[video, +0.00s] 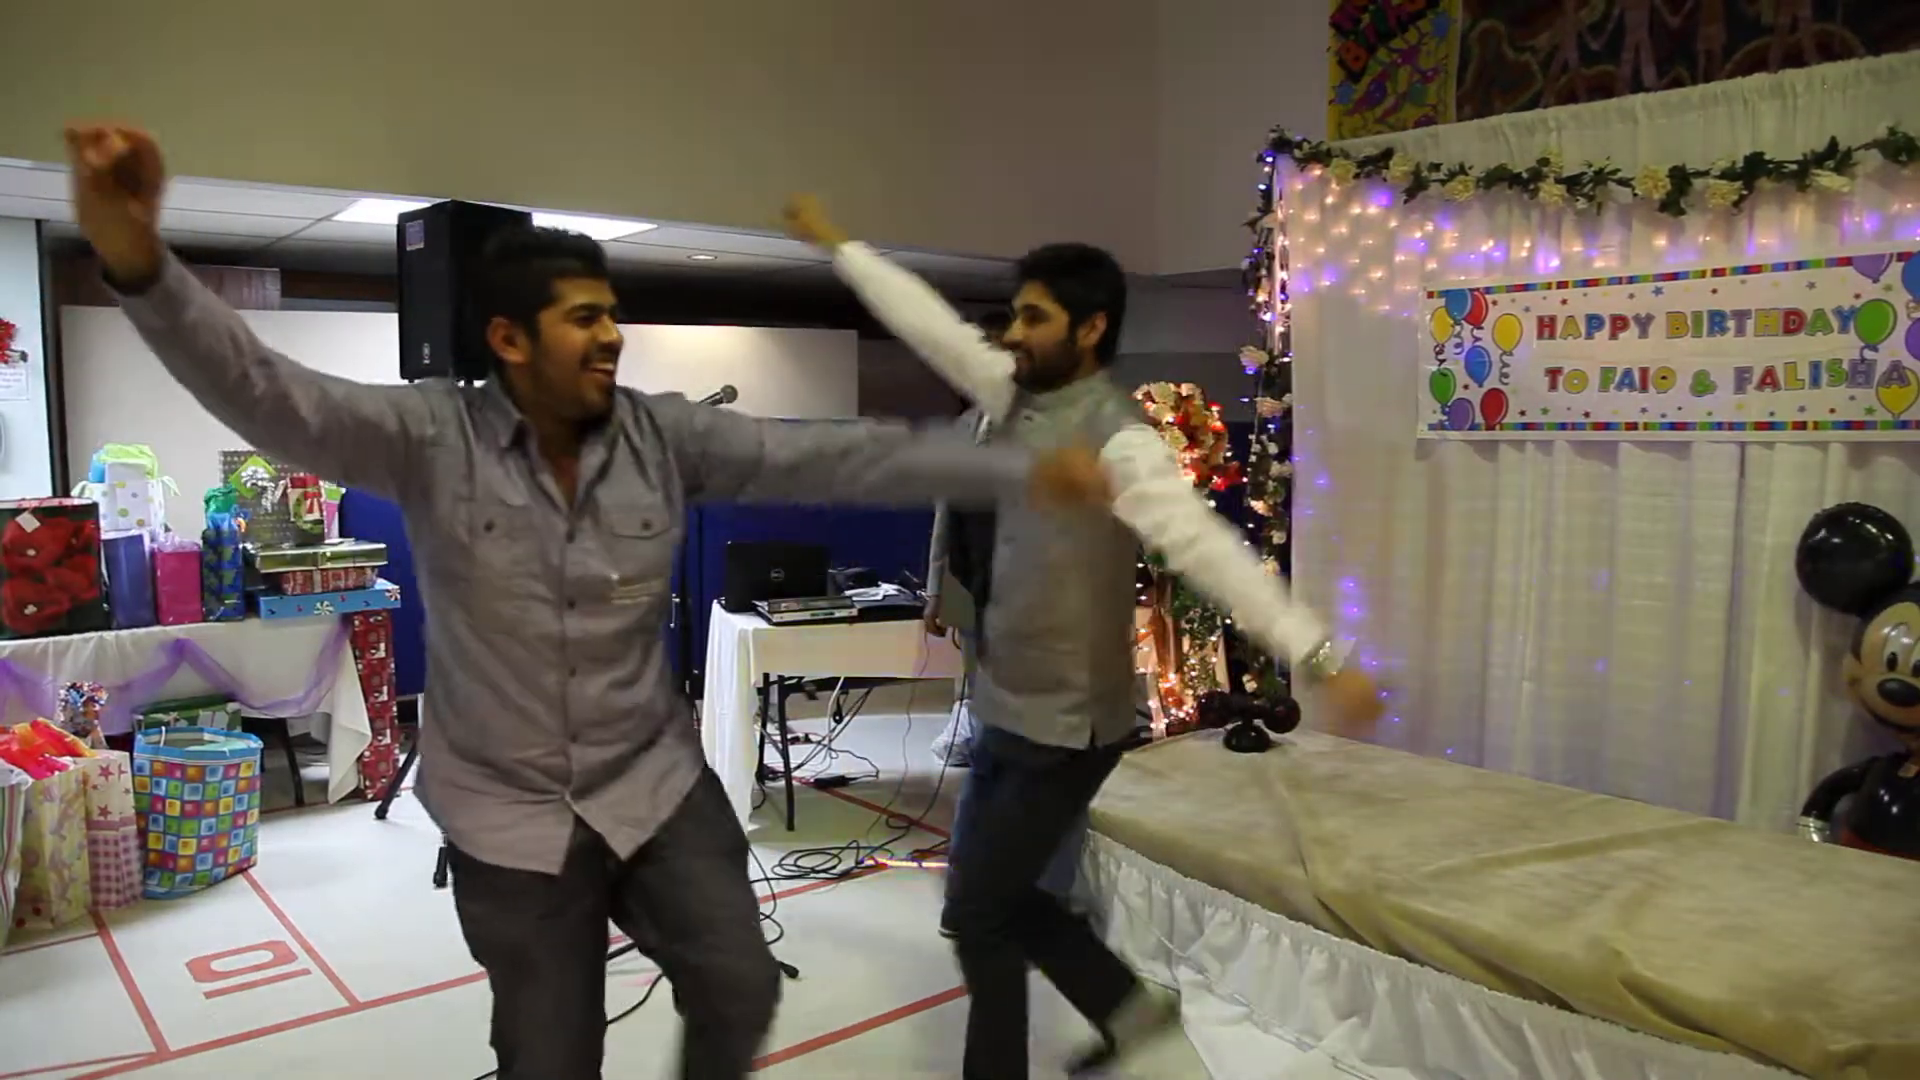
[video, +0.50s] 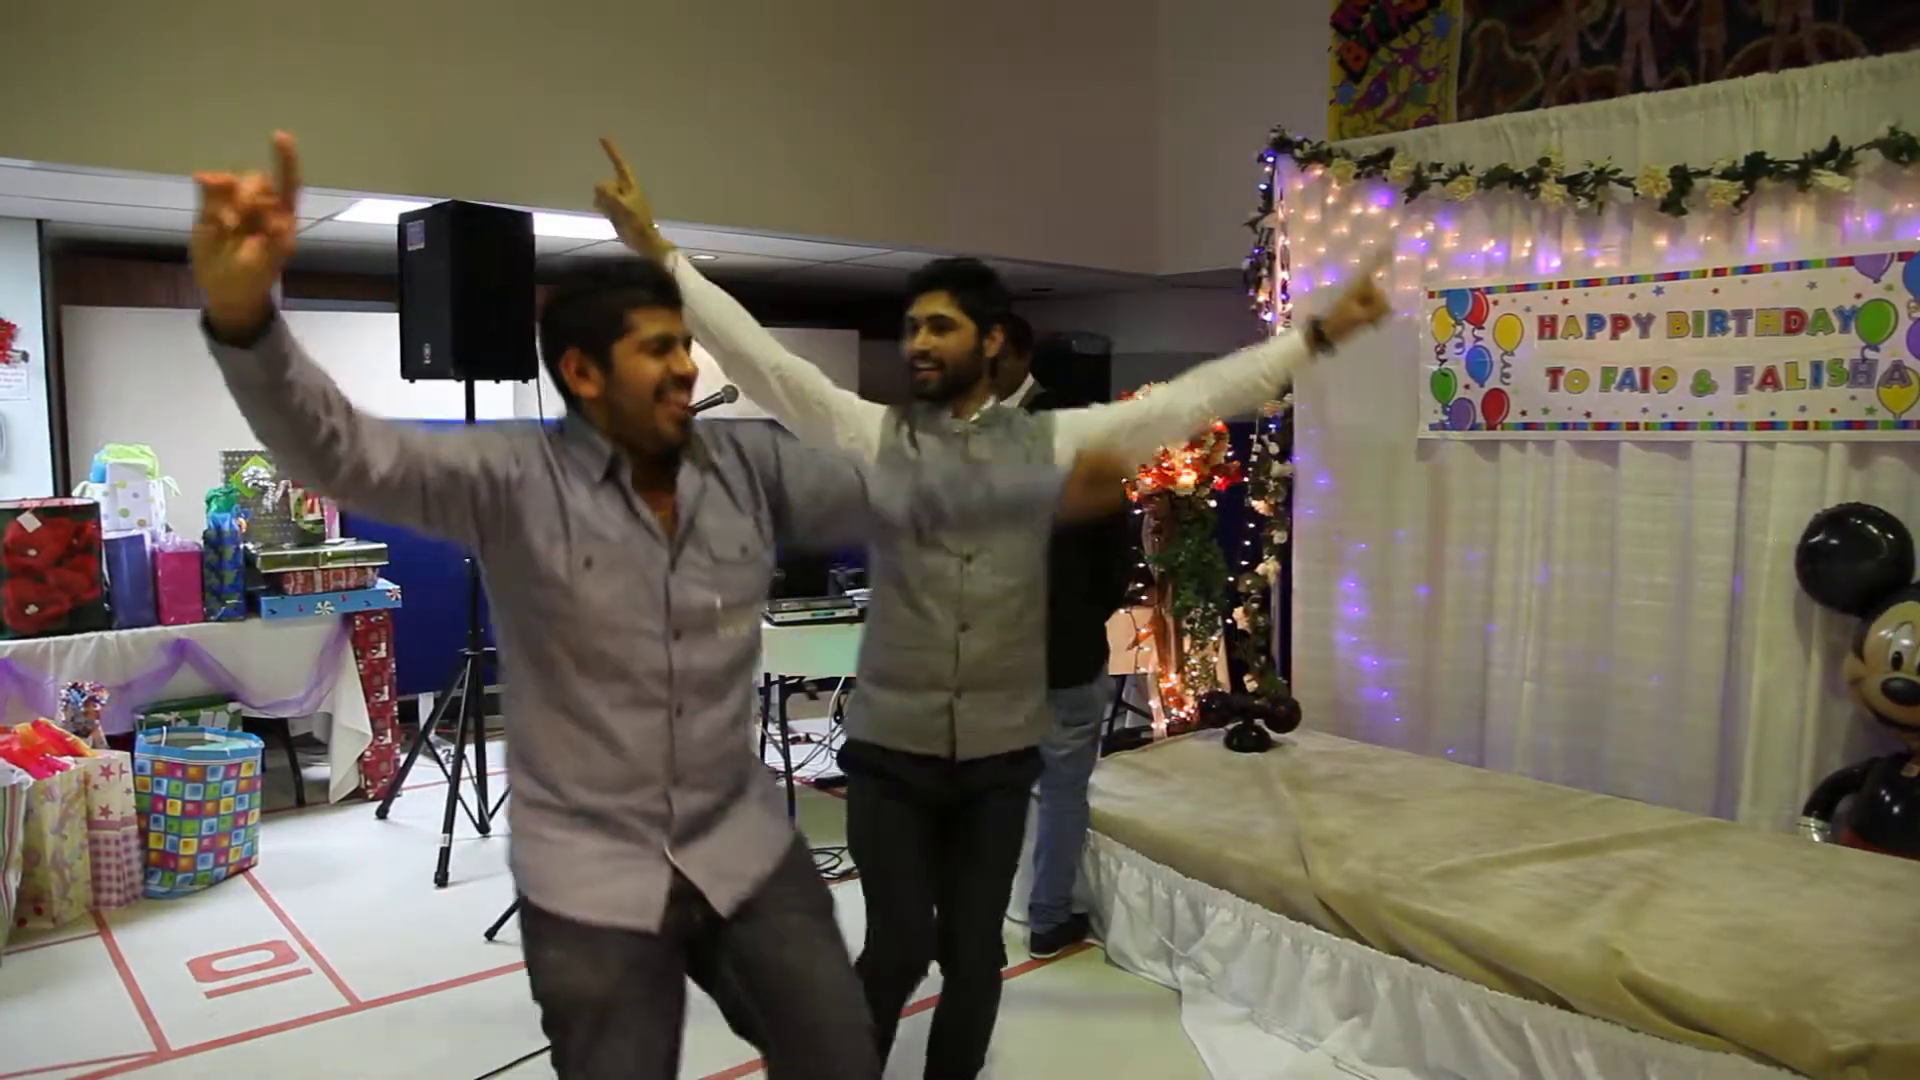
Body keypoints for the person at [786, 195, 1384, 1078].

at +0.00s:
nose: (1012, 333)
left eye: (1033, 318)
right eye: (1014, 316)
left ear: (1091, 329)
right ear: (1024, 326)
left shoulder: (1118, 440)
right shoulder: (1014, 400)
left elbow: (1200, 546)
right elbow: (929, 326)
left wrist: (1316, 655)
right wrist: (838, 243)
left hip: (1071, 721)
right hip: (1006, 704)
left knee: (980, 915)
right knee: (990, 892)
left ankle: (993, 1070)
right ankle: (1131, 1010)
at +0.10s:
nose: (990, 342)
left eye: (1014, 330)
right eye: (991, 327)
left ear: (1071, 349)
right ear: (992, 335)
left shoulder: (1116, 457)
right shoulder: (984, 427)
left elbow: (1224, 505)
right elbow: (889, 357)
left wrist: (1364, 556)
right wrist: (788, 265)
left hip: (1053, 744)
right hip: (975, 724)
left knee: (961, 926)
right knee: (898, 886)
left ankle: (995, 1074)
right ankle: (1045, 922)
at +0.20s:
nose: (981, 341)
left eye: (1003, 326)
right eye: (979, 325)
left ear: (1060, 342)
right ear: (982, 338)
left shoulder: (1103, 448)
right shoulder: (954, 424)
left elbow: (1234, 460)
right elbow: (850, 355)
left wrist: (1372, 465)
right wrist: (745, 265)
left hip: (1039, 743)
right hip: (943, 715)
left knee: (962, 931)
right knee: (862, 875)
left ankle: (994, 1066)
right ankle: (966, 928)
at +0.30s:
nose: (963, 329)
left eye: (984, 313)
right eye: (958, 313)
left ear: (1039, 325)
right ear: (957, 325)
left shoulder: (1087, 431)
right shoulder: (927, 414)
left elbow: (1220, 419)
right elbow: (811, 344)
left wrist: (1375, 402)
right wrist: (694, 250)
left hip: (1026, 731)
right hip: (923, 709)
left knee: (966, 929)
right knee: (867, 886)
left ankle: (981, 1071)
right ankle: (914, 960)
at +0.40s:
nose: (943, 340)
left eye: (964, 323)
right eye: (935, 323)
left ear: (1018, 335)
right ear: (928, 337)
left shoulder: (1076, 442)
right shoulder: (898, 428)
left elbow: (1211, 411)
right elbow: (781, 358)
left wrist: (1353, 366)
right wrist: (666, 255)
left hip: (1010, 748)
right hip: (901, 741)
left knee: (967, 959)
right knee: (880, 948)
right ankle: (855, 1074)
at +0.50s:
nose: (921, 344)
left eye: (940, 327)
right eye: (912, 329)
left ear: (991, 337)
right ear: (908, 344)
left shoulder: (1050, 439)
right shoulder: (877, 436)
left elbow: (1174, 406)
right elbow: (759, 360)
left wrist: (1308, 337)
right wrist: (656, 251)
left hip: (999, 746)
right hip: (888, 746)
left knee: (974, 964)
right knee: (898, 953)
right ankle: (839, 1071)